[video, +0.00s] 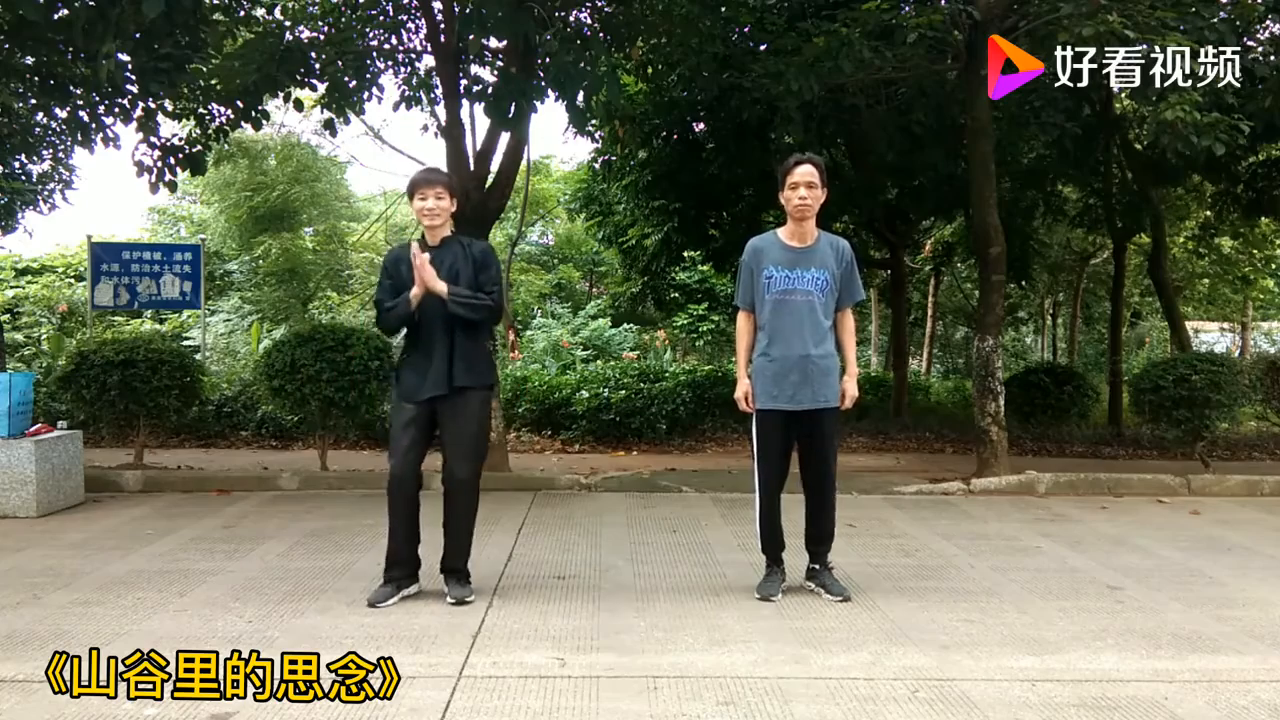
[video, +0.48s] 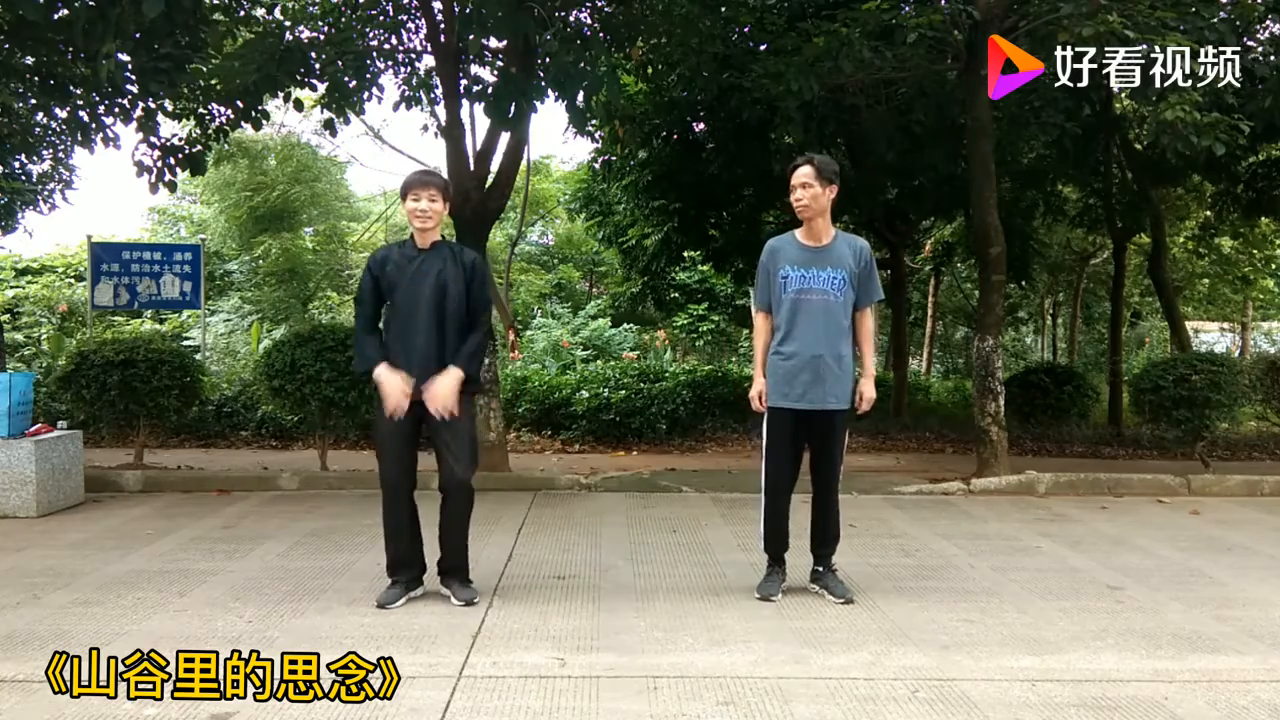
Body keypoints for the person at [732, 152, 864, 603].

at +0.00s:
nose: (803, 194)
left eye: (811, 186)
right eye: (795, 187)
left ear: (823, 194)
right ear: (782, 195)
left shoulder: (838, 250)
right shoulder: (758, 249)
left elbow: (844, 314)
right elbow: (746, 315)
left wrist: (851, 371)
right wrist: (742, 373)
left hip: (823, 384)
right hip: (770, 384)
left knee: (821, 481)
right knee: (768, 483)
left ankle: (819, 566)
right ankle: (773, 567)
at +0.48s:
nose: (797, 195)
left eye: (806, 187)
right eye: (793, 188)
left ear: (831, 191)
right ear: (790, 196)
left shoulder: (857, 251)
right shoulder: (776, 249)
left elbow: (864, 315)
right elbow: (763, 316)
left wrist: (868, 374)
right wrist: (759, 374)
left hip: (835, 386)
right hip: (783, 385)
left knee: (827, 484)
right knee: (777, 484)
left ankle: (824, 567)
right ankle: (774, 567)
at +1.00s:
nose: (802, 194)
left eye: (811, 186)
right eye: (795, 187)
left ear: (829, 194)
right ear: (788, 196)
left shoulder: (850, 251)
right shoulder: (768, 250)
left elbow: (861, 316)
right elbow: (752, 315)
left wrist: (868, 373)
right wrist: (746, 374)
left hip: (832, 386)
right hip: (778, 385)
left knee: (825, 485)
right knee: (777, 484)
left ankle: (823, 568)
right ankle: (781, 567)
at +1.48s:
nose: (806, 193)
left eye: (814, 185)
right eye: (797, 186)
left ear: (826, 194)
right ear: (785, 195)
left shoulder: (843, 250)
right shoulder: (763, 250)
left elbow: (848, 315)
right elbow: (751, 316)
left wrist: (854, 372)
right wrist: (749, 375)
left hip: (828, 385)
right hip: (775, 385)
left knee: (823, 484)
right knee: (776, 484)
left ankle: (823, 568)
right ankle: (781, 567)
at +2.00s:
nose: (804, 196)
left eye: (812, 188)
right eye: (795, 188)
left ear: (823, 196)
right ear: (782, 196)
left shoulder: (840, 251)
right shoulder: (759, 250)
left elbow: (848, 314)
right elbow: (747, 315)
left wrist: (861, 370)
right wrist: (745, 374)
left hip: (824, 387)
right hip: (772, 388)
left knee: (822, 484)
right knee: (775, 485)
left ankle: (822, 568)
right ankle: (781, 568)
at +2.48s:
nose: (800, 195)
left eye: (808, 187)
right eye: (791, 188)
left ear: (820, 195)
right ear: (779, 196)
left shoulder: (839, 250)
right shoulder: (757, 251)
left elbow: (846, 314)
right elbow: (747, 317)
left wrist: (853, 370)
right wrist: (746, 374)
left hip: (823, 385)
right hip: (771, 385)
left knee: (821, 484)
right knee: (773, 485)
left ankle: (823, 567)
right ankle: (780, 568)